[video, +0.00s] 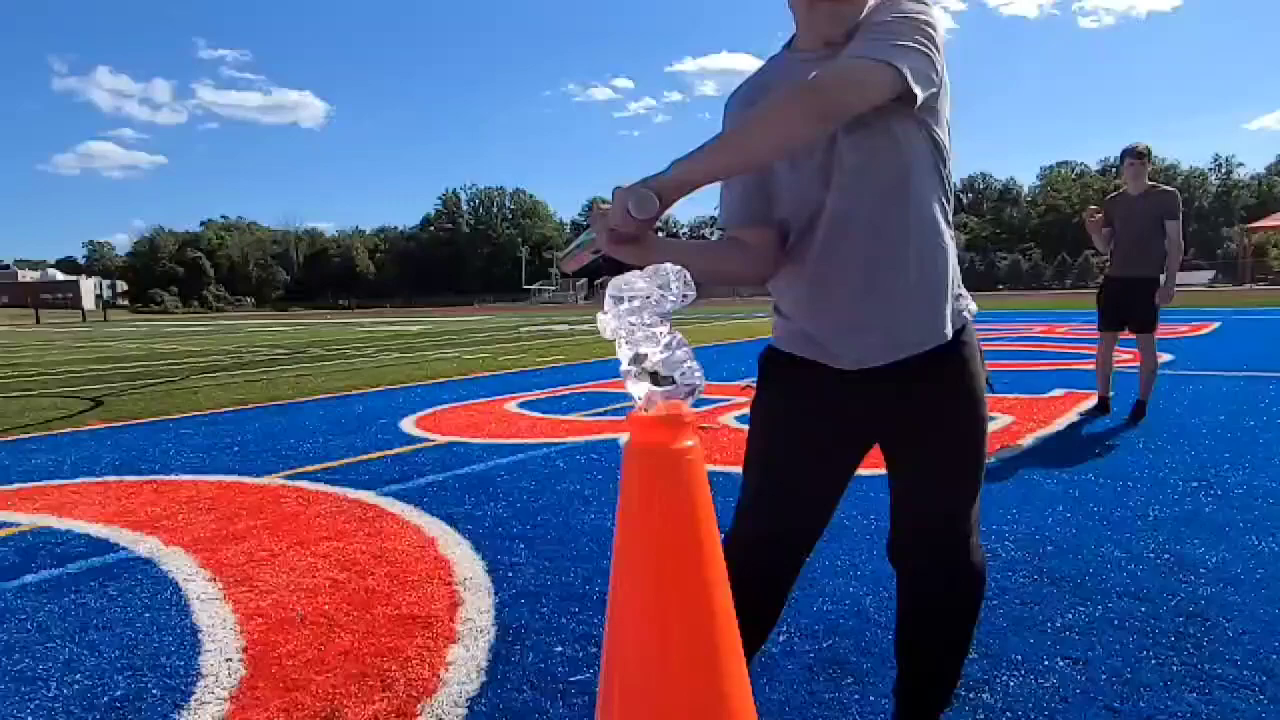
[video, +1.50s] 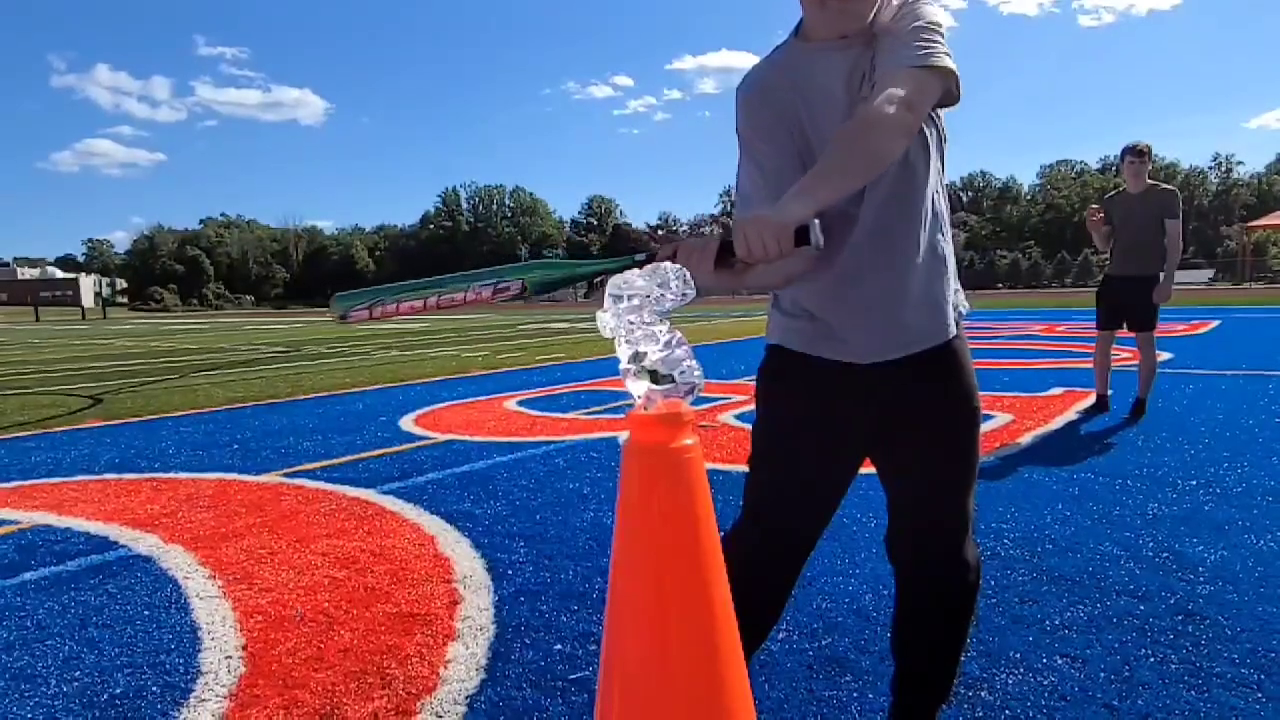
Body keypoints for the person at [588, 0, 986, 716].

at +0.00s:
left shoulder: (907, 24)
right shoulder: (752, 101)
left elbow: (831, 98)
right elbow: (756, 254)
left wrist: (666, 184)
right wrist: (653, 251)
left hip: (931, 357)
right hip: (810, 365)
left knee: (941, 563)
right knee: (756, 561)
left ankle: (920, 709)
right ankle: (689, 700)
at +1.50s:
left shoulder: (910, 21)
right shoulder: (766, 87)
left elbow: (895, 113)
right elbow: (792, 251)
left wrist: (785, 210)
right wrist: (710, 271)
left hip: (927, 355)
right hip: (811, 364)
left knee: (941, 565)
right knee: (759, 565)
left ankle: (918, 707)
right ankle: (687, 696)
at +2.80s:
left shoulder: (920, 23)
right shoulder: (779, 69)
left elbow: (939, 125)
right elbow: (805, 202)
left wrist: (903, 199)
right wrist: (835, 253)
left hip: (919, 353)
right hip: (810, 359)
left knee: (930, 556)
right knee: (767, 546)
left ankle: (910, 710)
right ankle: (685, 691)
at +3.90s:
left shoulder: (916, 20)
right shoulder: (786, 57)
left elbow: (952, 125)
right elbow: (830, 208)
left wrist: (995, 204)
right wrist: (961, 257)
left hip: (910, 330)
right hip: (810, 339)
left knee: (921, 541)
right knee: (774, 529)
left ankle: (922, 694)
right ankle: (697, 702)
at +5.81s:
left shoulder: (910, 23)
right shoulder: (803, 40)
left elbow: (970, 133)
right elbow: (895, 181)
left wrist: (1086, 218)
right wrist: (1075, 238)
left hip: (905, 340)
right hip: (803, 348)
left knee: (912, 549)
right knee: (766, 536)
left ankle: (904, 699)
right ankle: (694, 694)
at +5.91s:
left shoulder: (908, 21)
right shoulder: (805, 40)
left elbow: (965, 129)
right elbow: (900, 181)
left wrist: (1084, 217)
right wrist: (1075, 236)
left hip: (901, 341)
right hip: (802, 347)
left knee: (910, 545)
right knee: (766, 536)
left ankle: (904, 697)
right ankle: (693, 696)